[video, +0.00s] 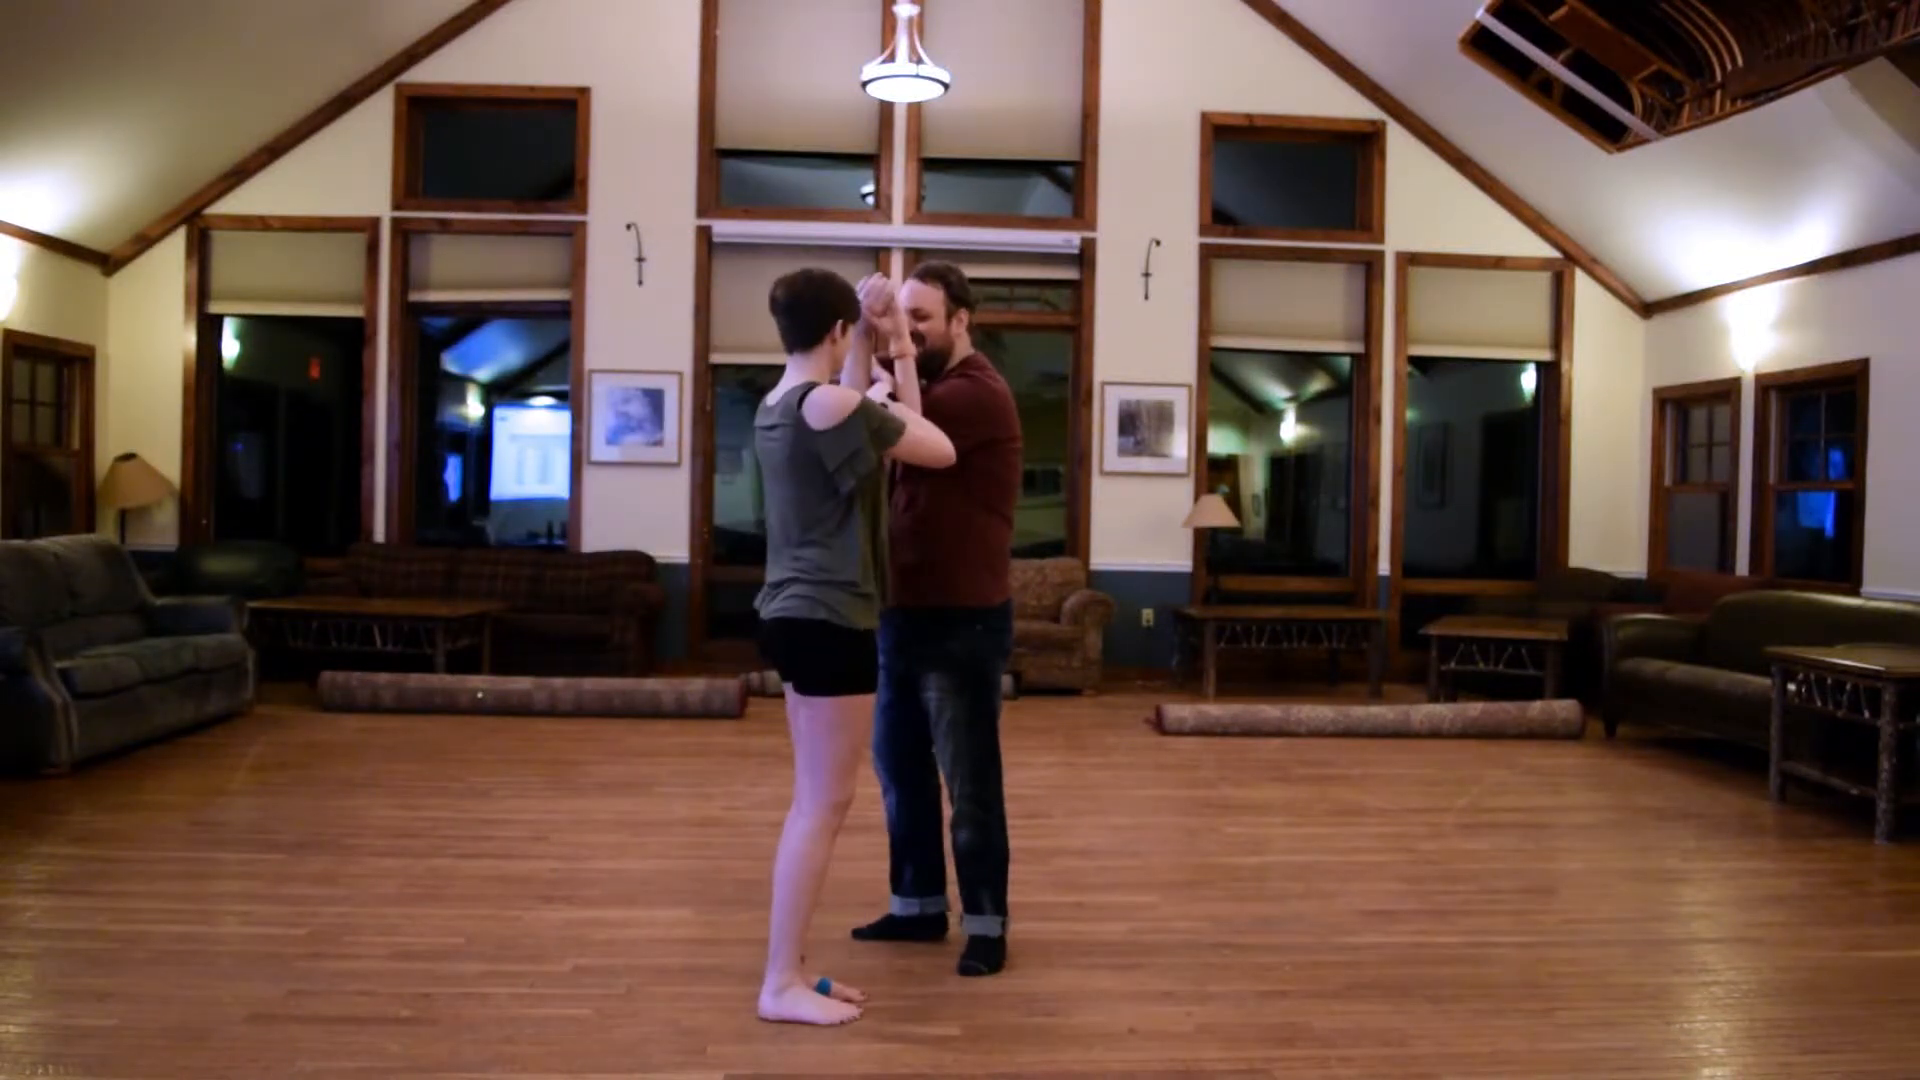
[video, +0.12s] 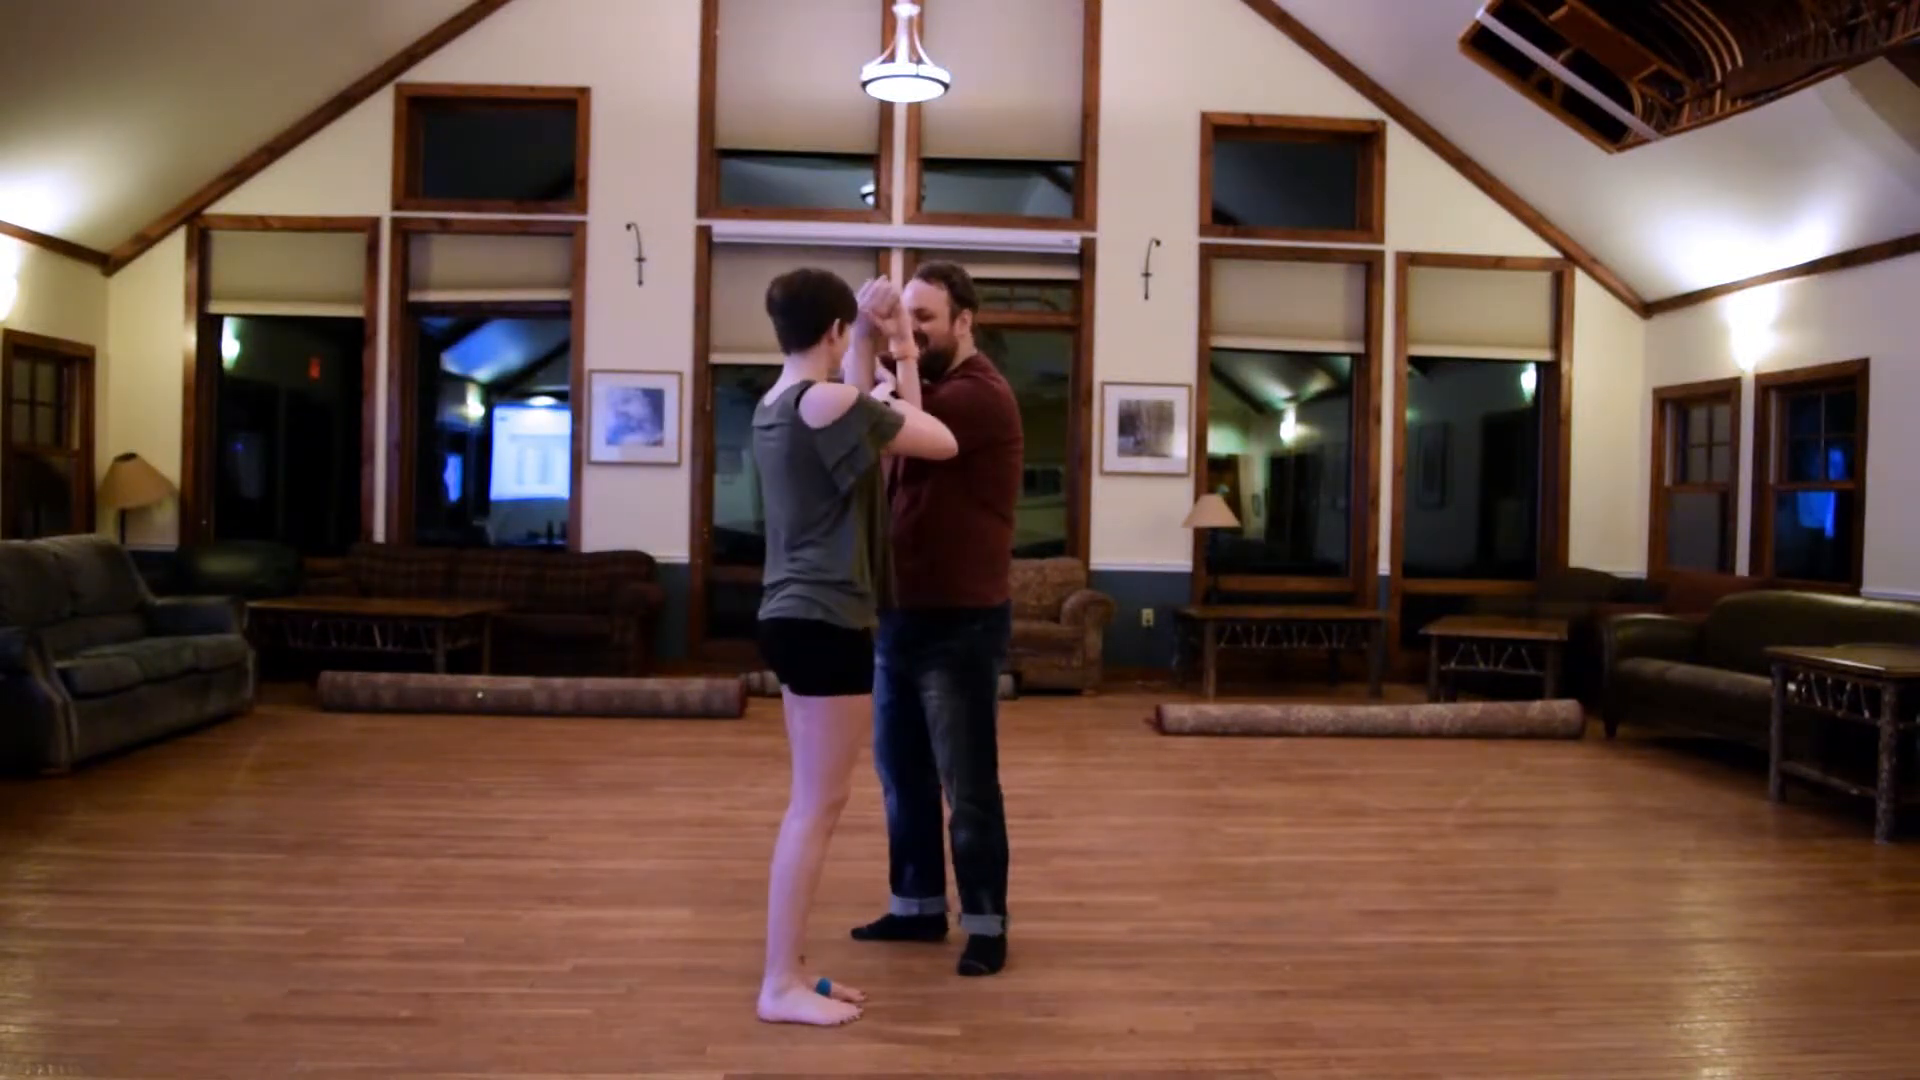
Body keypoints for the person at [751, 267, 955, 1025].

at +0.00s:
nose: (862, 336)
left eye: (862, 323)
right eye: (858, 326)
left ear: (789, 334)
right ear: (841, 333)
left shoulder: (777, 404)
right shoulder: (832, 405)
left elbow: (859, 429)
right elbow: (938, 448)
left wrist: (879, 351)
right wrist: (903, 367)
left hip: (795, 612)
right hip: (828, 619)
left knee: (817, 803)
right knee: (823, 806)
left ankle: (787, 975)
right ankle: (782, 985)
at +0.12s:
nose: (856, 337)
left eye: (857, 325)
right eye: (854, 327)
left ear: (782, 333)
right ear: (839, 332)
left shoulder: (773, 406)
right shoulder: (835, 403)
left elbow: (854, 405)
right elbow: (940, 440)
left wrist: (872, 337)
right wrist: (903, 363)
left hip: (794, 614)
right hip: (827, 621)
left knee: (812, 804)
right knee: (816, 807)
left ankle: (785, 977)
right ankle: (781, 986)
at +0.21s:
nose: (854, 338)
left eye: (855, 325)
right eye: (853, 327)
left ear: (782, 333)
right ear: (838, 332)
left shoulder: (773, 404)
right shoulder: (836, 403)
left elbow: (853, 398)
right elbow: (942, 438)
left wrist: (869, 326)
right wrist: (906, 367)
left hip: (792, 614)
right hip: (824, 620)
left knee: (812, 804)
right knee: (817, 807)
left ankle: (786, 977)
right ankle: (781, 987)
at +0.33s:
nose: (859, 339)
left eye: (861, 326)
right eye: (857, 328)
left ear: (792, 335)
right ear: (843, 333)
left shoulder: (782, 401)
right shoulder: (833, 403)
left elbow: (870, 401)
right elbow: (944, 437)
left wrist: (880, 325)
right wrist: (920, 365)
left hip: (797, 615)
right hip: (823, 622)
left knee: (817, 805)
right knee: (825, 808)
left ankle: (787, 975)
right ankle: (782, 986)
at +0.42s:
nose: (863, 340)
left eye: (864, 328)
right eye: (861, 329)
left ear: (797, 333)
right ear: (847, 332)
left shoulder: (789, 399)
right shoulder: (835, 402)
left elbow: (877, 402)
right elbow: (946, 437)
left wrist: (891, 328)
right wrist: (930, 365)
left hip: (799, 616)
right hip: (824, 622)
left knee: (817, 805)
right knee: (825, 808)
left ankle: (788, 974)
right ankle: (782, 985)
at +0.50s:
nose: (867, 337)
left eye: (867, 325)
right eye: (865, 327)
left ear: (804, 333)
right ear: (851, 331)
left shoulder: (799, 396)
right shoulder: (839, 400)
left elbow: (890, 408)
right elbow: (951, 436)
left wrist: (904, 335)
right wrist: (941, 354)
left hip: (800, 614)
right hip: (825, 621)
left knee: (819, 804)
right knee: (823, 808)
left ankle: (788, 973)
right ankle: (782, 985)